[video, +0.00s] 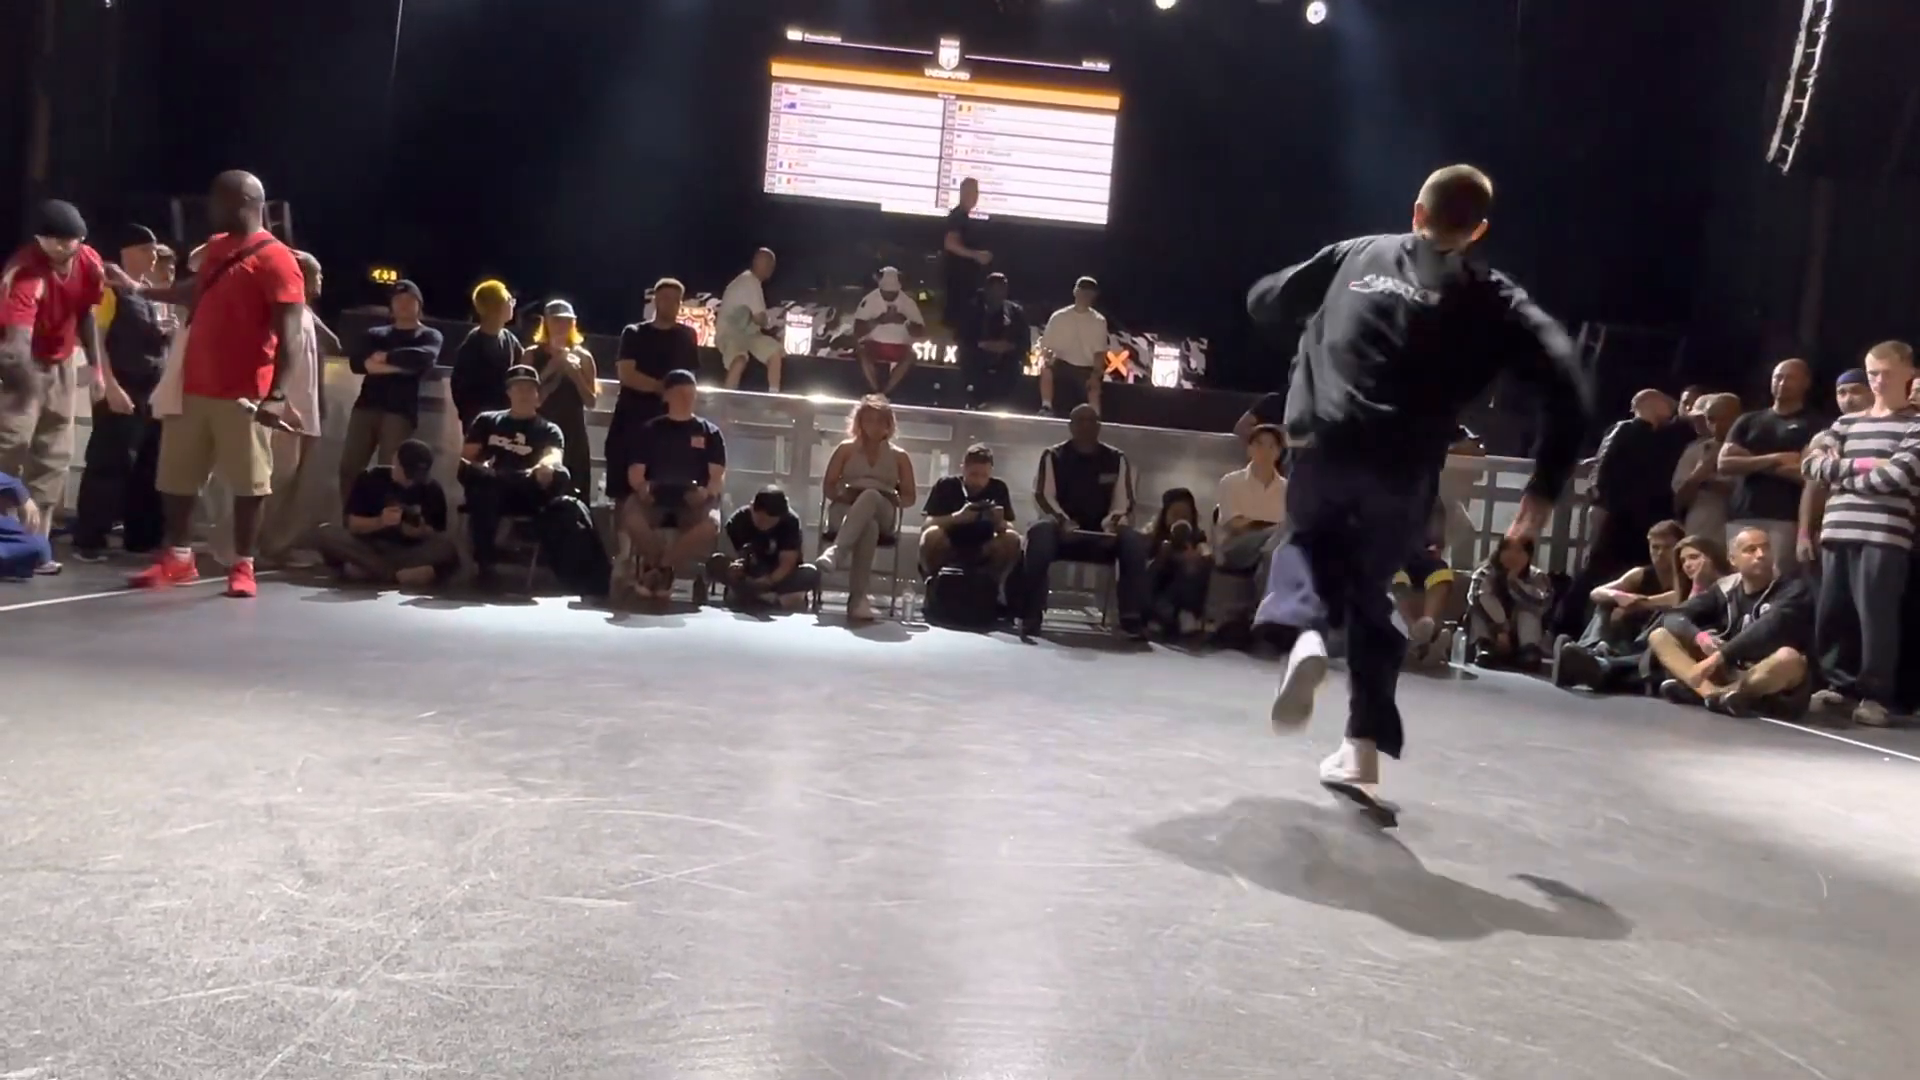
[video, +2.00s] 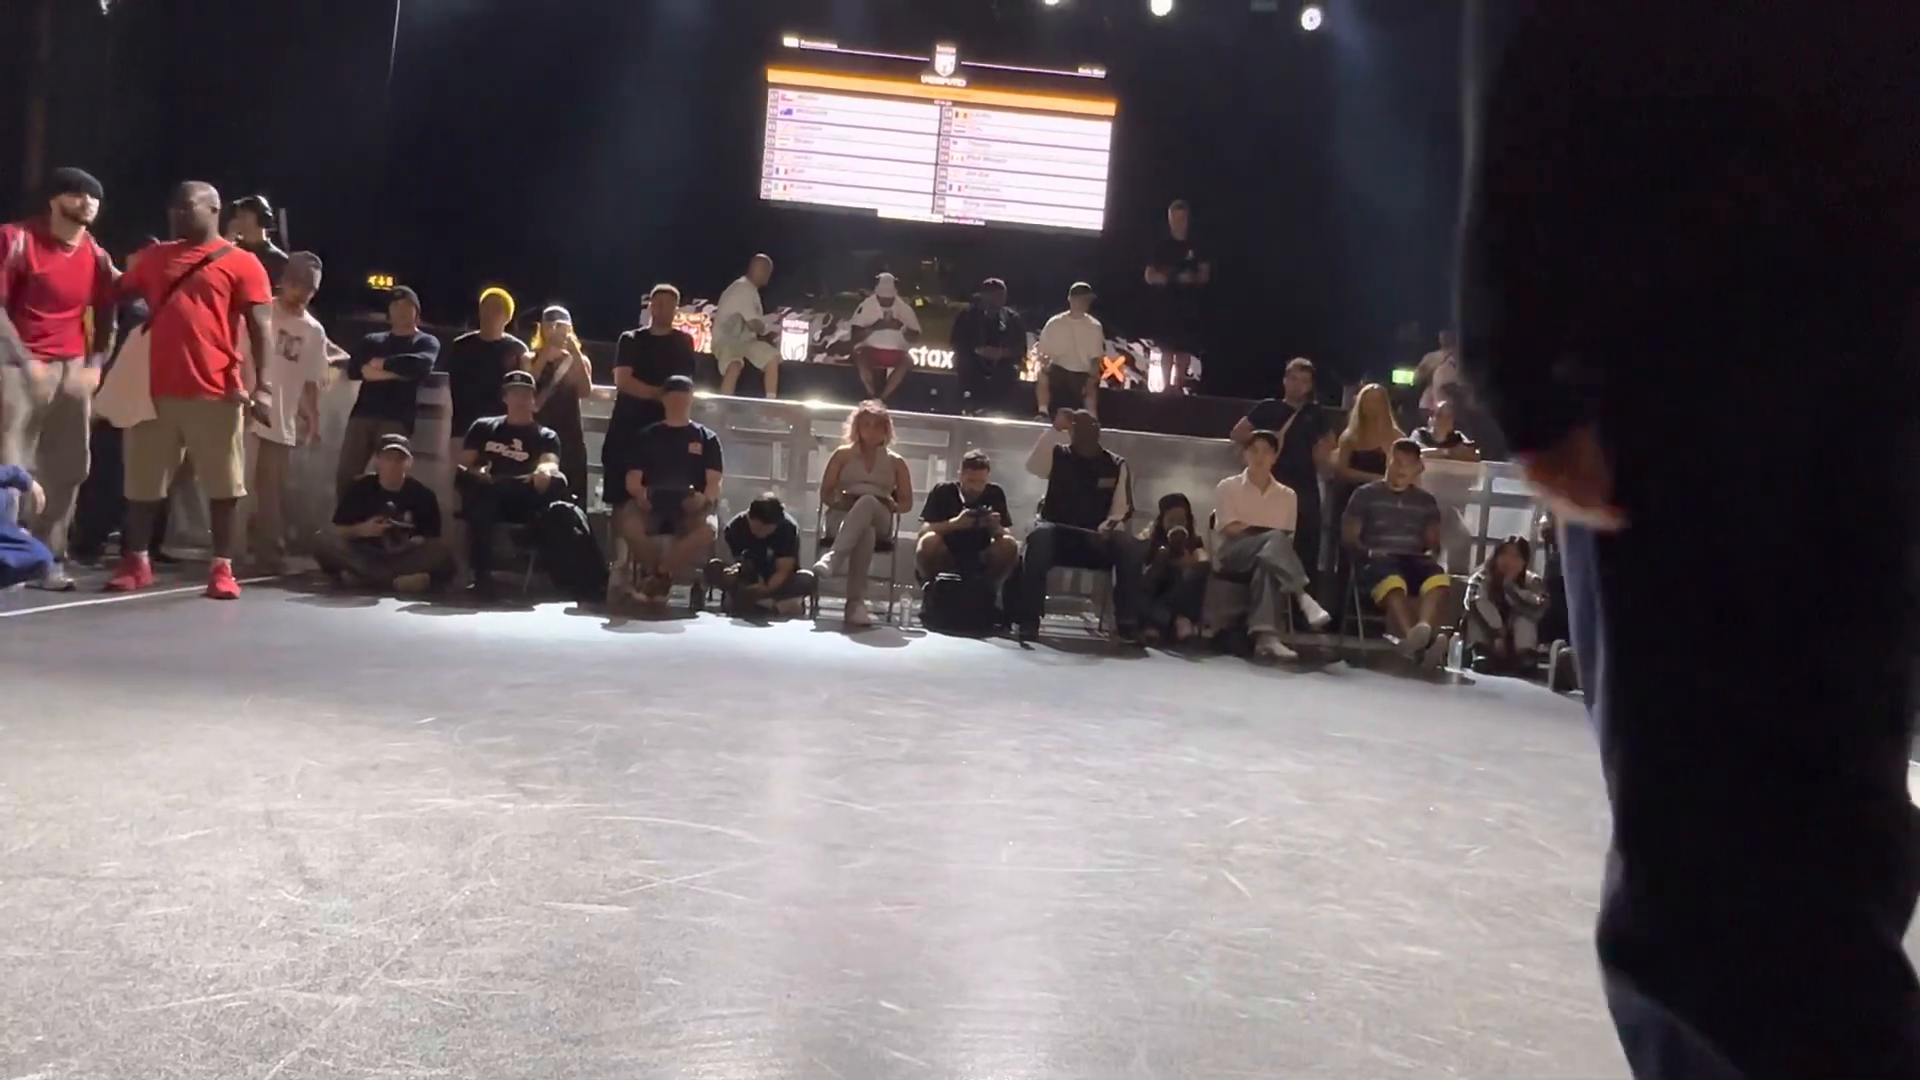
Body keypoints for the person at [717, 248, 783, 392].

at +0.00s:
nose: (770, 270)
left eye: (772, 266)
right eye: (769, 265)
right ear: (760, 264)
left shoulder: (753, 282)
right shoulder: (749, 282)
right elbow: (759, 317)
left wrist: (764, 318)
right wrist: (768, 321)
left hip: (750, 333)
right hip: (730, 332)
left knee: (775, 353)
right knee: (739, 359)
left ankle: (773, 396)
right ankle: (726, 398)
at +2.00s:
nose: (768, 276)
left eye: (769, 272)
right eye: (767, 271)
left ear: (755, 270)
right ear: (758, 270)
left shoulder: (752, 290)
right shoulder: (742, 288)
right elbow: (753, 323)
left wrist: (773, 318)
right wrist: (765, 327)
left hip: (747, 340)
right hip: (726, 340)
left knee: (772, 359)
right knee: (735, 365)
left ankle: (771, 403)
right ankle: (723, 405)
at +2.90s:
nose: (731, 281)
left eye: (735, 278)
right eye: (729, 276)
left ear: (739, 281)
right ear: (721, 275)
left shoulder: (734, 303)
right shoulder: (704, 293)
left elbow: (740, 335)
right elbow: (697, 324)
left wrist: (715, 329)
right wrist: (725, 327)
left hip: (725, 347)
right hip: (701, 346)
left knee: (752, 365)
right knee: (711, 373)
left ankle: (752, 411)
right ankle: (702, 414)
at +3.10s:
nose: (726, 286)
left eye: (730, 283)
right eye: (724, 281)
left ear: (734, 287)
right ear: (715, 282)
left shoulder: (733, 309)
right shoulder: (699, 301)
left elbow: (736, 341)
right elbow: (693, 333)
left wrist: (709, 335)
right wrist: (719, 332)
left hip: (724, 353)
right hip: (701, 352)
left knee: (753, 373)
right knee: (706, 380)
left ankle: (753, 419)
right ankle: (700, 423)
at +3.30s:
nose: (714, 275)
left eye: (719, 272)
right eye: (711, 271)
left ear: (724, 277)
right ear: (705, 273)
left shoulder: (725, 298)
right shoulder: (691, 292)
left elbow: (729, 334)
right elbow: (686, 325)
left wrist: (704, 326)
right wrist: (712, 323)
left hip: (719, 345)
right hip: (695, 344)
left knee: (747, 365)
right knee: (701, 372)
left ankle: (750, 410)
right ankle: (696, 414)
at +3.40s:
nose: (715, 276)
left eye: (719, 272)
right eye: (712, 271)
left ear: (723, 276)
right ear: (703, 272)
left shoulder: (724, 299)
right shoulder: (690, 293)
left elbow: (730, 332)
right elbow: (688, 325)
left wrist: (708, 324)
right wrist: (713, 325)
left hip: (718, 344)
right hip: (695, 343)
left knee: (747, 365)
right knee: (702, 372)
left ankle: (749, 410)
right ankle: (696, 415)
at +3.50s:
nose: (717, 282)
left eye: (720, 278)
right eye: (713, 277)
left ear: (723, 282)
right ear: (704, 278)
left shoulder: (725, 305)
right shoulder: (691, 299)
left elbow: (732, 336)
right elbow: (689, 332)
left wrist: (712, 330)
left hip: (720, 350)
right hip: (697, 350)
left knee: (748, 371)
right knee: (703, 379)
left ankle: (751, 416)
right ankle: (696, 420)